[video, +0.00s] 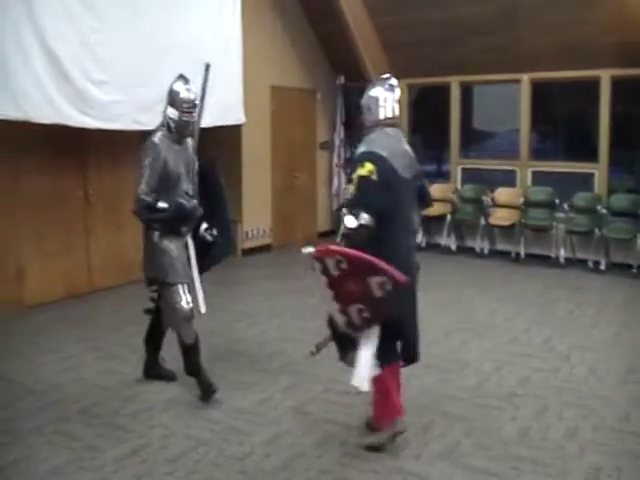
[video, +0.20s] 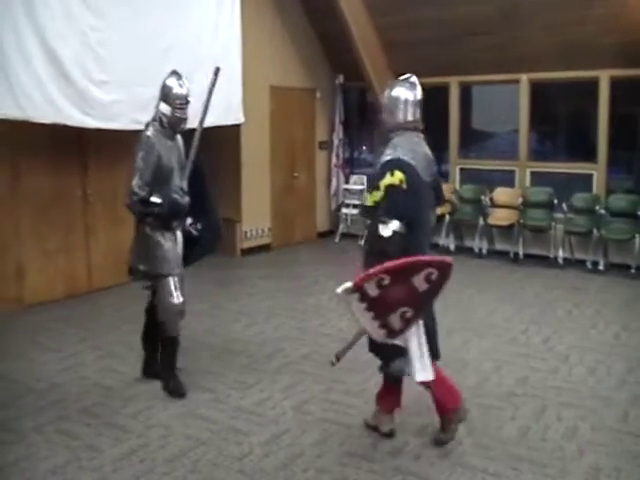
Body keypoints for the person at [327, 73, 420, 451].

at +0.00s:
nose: (364, 117)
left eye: (367, 111)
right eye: (367, 110)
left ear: (371, 114)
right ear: (394, 112)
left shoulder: (372, 153)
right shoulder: (400, 147)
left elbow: (363, 214)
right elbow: (421, 194)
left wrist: (340, 243)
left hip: (379, 260)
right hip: (401, 255)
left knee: (380, 336)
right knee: (387, 334)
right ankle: (387, 410)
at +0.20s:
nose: (381, 118)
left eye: (385, 112)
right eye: (384, 112)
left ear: (390, 116)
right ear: (415, 115)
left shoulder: (397, 164)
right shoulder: (414, 156)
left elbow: (391, 231)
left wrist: (376, 274)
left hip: (400, 275)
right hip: (406, 271)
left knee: (412, 348)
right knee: (391, 345)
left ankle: (451, 405)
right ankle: (384, 413)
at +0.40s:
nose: (403, 120)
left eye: (409, 114)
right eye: (404, 113)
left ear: (423, 117)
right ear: (435, 118)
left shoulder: (430, 165)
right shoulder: (426, 157)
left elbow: (428, 232)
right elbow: (416, 227)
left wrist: (410, 284)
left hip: (428, 272)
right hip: (421, 266)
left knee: (442, 345)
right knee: (404, 338)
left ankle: (464, 420)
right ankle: (390, 411)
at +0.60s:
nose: (428, 120)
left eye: (435, 113)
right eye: (428, 112)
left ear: (454, 114)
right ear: (449, 117)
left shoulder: (460, 164)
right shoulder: (449, 156)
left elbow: (462, 234)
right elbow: (444, 225)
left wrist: (455, 287)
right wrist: (431, 269)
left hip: (458, 272)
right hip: (443, 266)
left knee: (462, 344)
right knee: (428, 334)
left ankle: (468, 420)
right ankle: (438, 398)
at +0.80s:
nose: (452, 116)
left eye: (461, 110)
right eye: (452, 109)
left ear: (481, 115)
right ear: (461, 112)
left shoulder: (485, 161)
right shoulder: (469, 155)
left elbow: (490, 229)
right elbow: (465, 222)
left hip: (477, 270)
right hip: (461, 265)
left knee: (476, 344)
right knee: (452, 342)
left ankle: (468, 426)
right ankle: (510, 393)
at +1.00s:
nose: (478, 117)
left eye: (486, 110)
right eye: (478, 110)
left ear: (505, 115)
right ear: (489, 116)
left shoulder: (507, 161)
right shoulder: (499, 155)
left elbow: (504, 224)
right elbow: (494, 214)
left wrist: (481, 273)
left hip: (499, 265)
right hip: (507, 261)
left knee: (479, 342)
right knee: (518, 335)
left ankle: (469, 424)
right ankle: (538, 406)